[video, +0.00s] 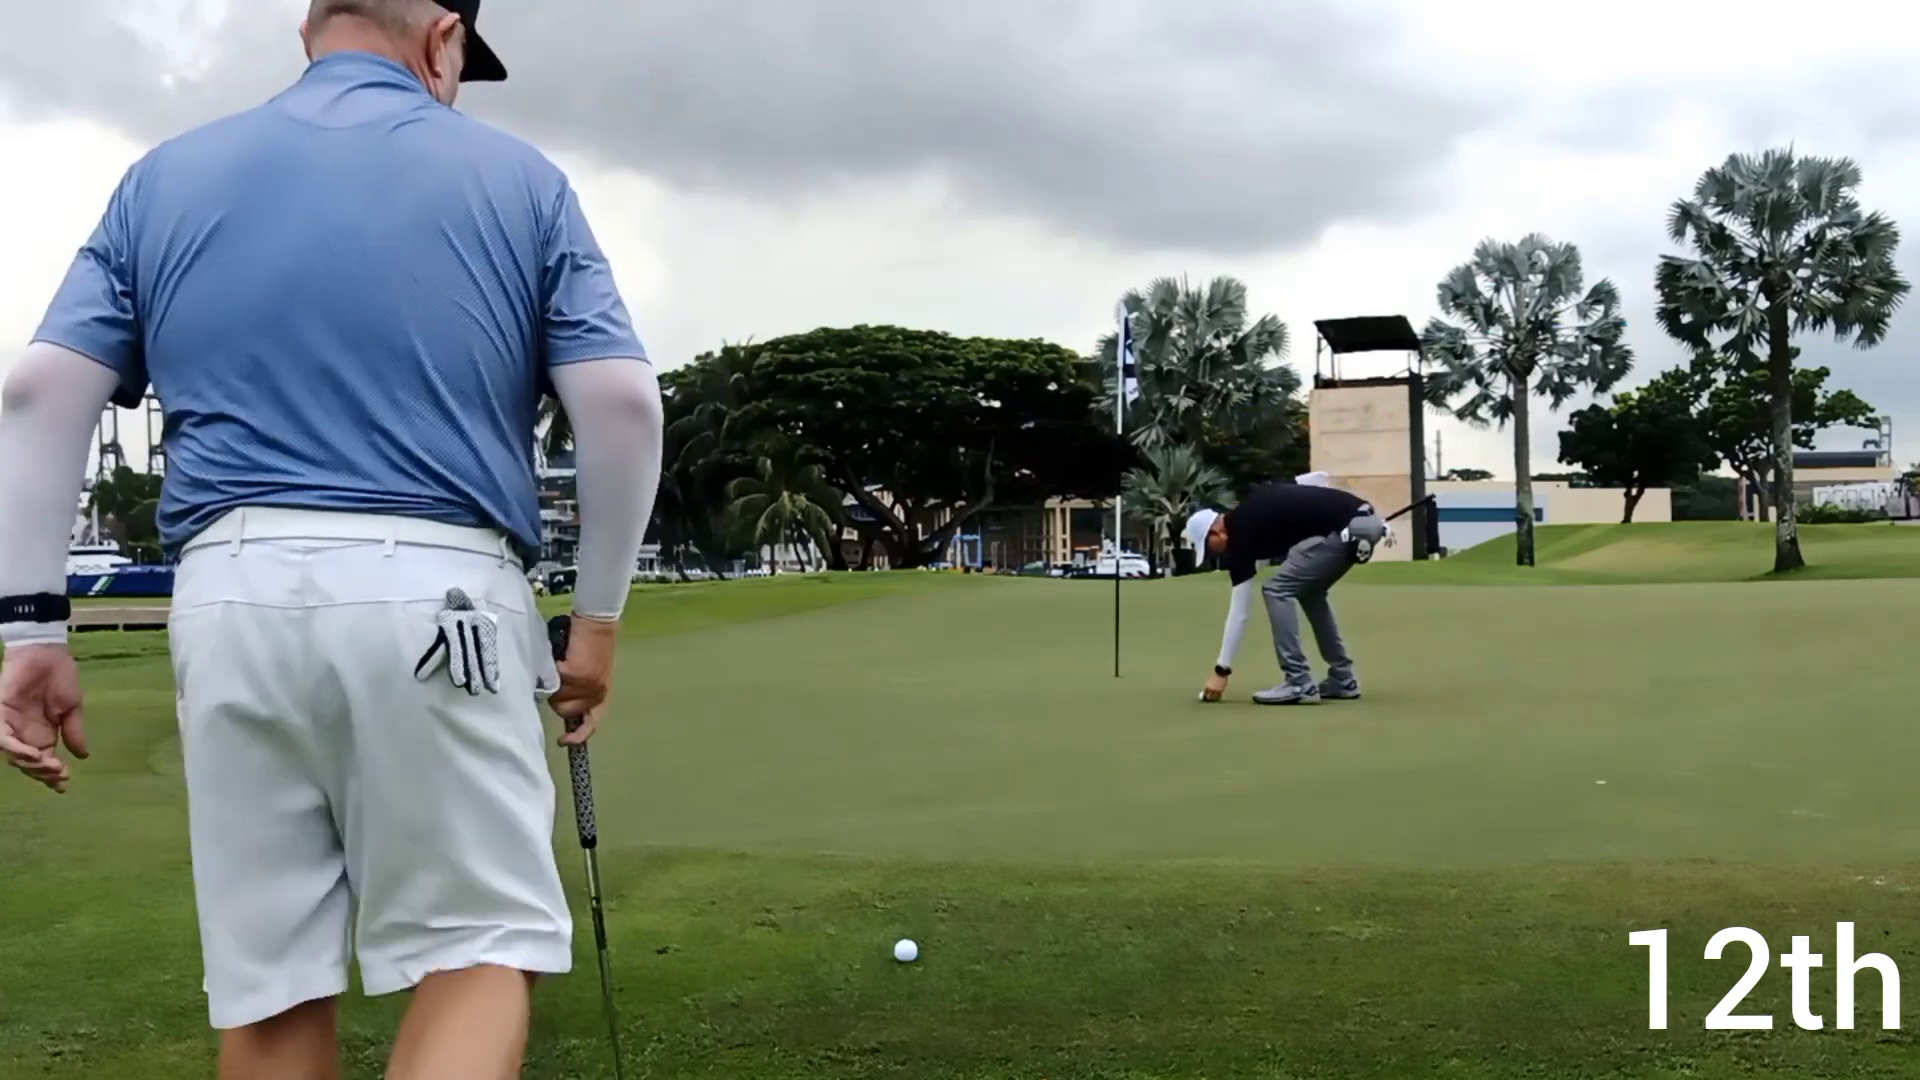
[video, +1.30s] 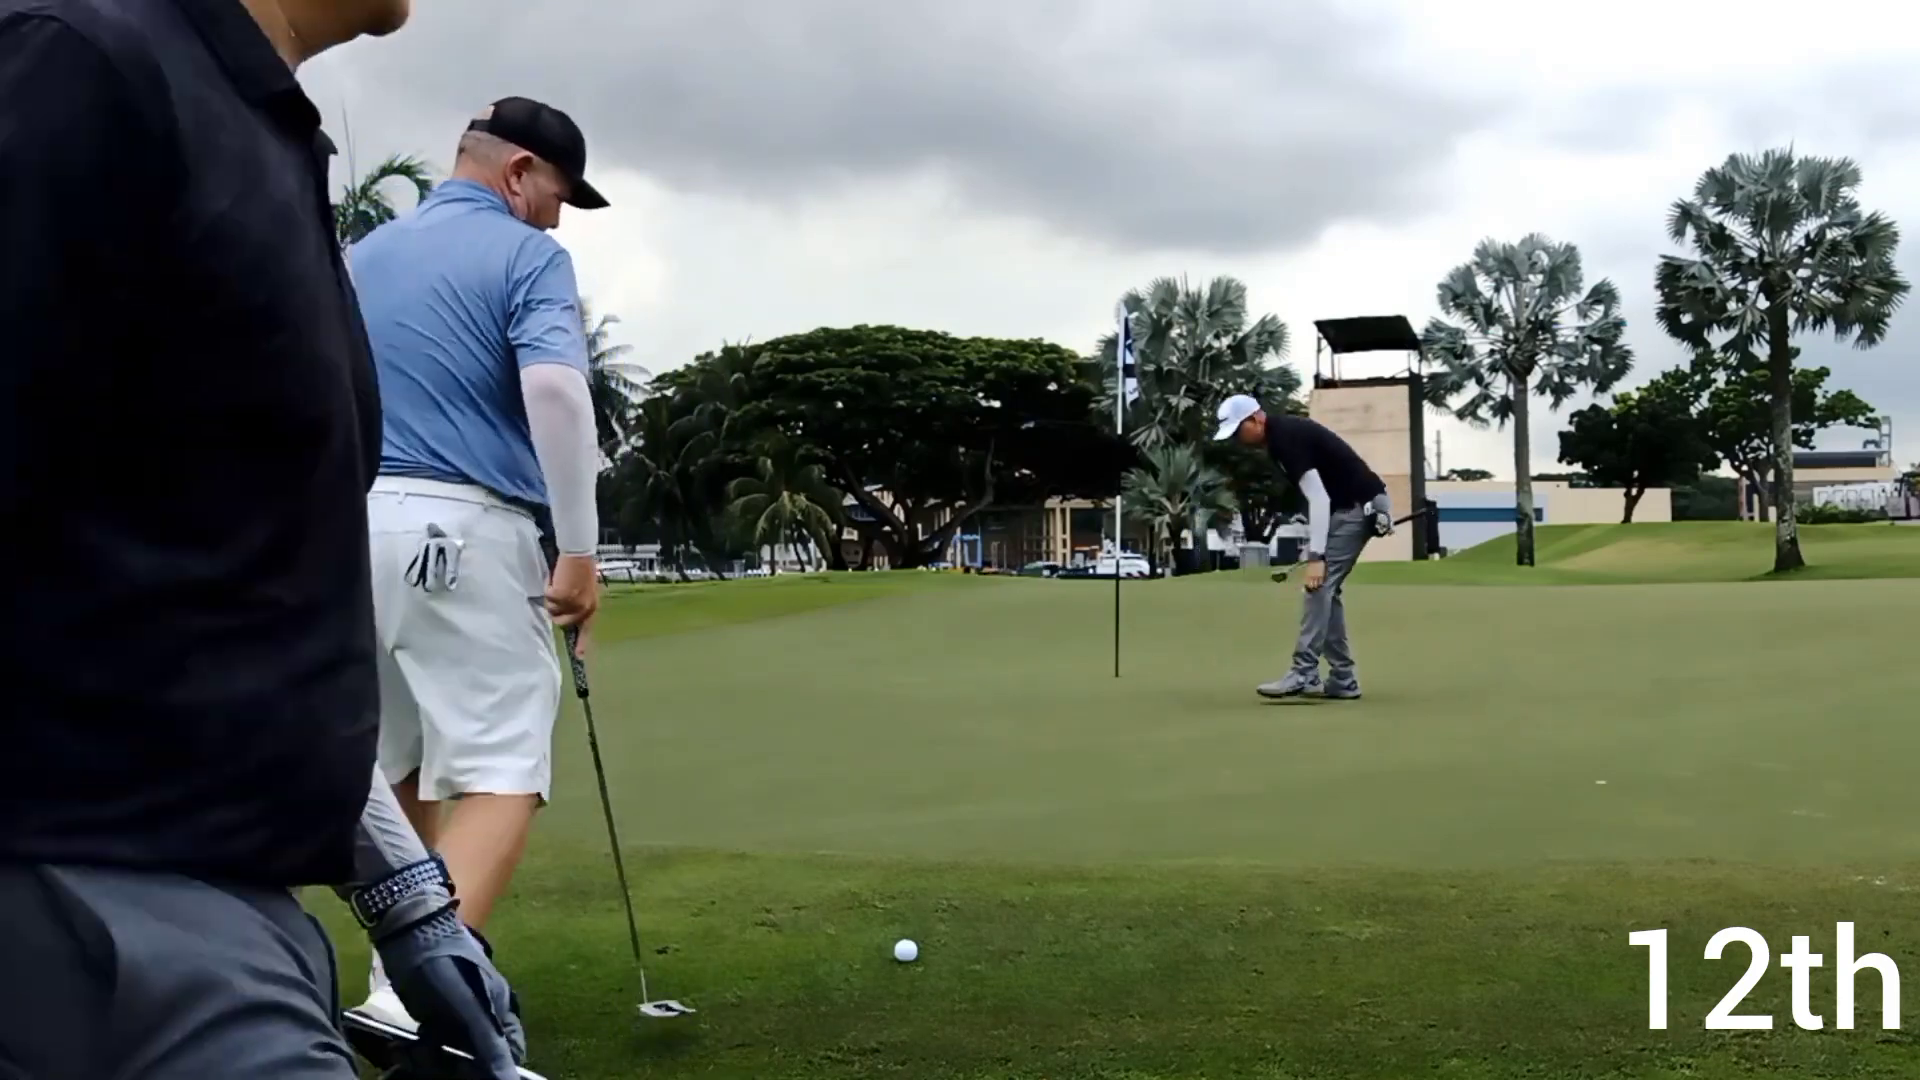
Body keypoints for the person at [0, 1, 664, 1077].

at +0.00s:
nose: (462, 82)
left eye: (468, 64)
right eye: (466, 57)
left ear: (309, 37)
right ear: (439, 44)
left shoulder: (168, 173)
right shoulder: (517, 176)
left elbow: (45, 386)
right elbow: (621, 398)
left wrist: (32, 624)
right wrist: (598, 615)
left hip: (226, 593)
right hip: (441, 590)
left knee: (270, 989)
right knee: (472, 948)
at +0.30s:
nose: (452, 129)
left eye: (456, 112)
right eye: (455, 108)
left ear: (310, 80)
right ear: (424, 88)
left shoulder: (188, 213)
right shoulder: (492, 205)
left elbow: (130, 460)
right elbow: (590, 412)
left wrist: (208, 586)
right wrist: (589, 602)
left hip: (249, 594)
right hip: (446, 593)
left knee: (273, 950)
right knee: (447, 894)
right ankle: (425, 1079)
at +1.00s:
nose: (542, 207)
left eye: (548, 191)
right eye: (547, 187)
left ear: (433, 148)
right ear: (518, 164)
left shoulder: (309, 248)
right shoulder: (546, 266)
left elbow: (209, 379)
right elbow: (601, 435)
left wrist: (164, 532)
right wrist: (600, 594)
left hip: (337, 554)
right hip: (479, 560)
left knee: (361, 794)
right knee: (433, 841)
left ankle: (376, 984)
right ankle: (395, 1070)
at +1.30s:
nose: (558, 221)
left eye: (563, 205)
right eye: (559, 199)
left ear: (472, 165)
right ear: (523, 172)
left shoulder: (365, 249)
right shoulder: (528, 254)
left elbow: (324, 382)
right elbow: (554, 389)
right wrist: (579, 547)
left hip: (351, 524)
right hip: (468, 529)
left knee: (400, 774)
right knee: (499, 774)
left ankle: (402, 988)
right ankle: (414, 992)